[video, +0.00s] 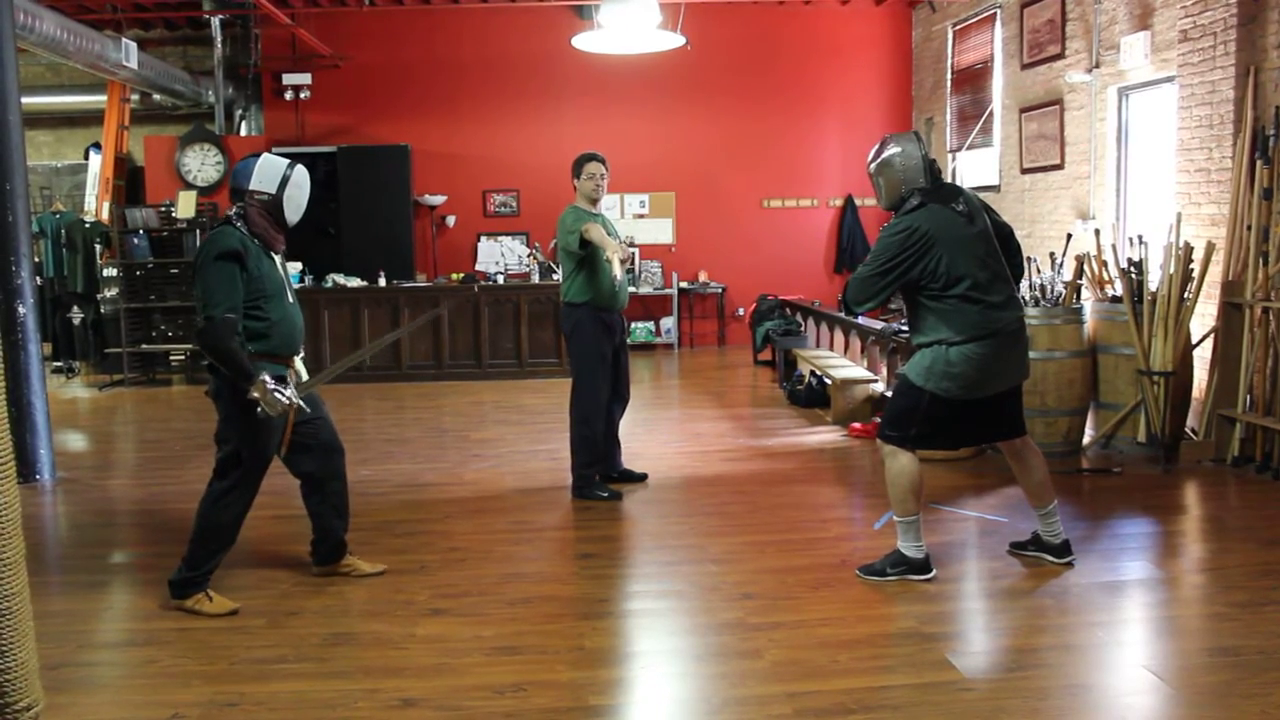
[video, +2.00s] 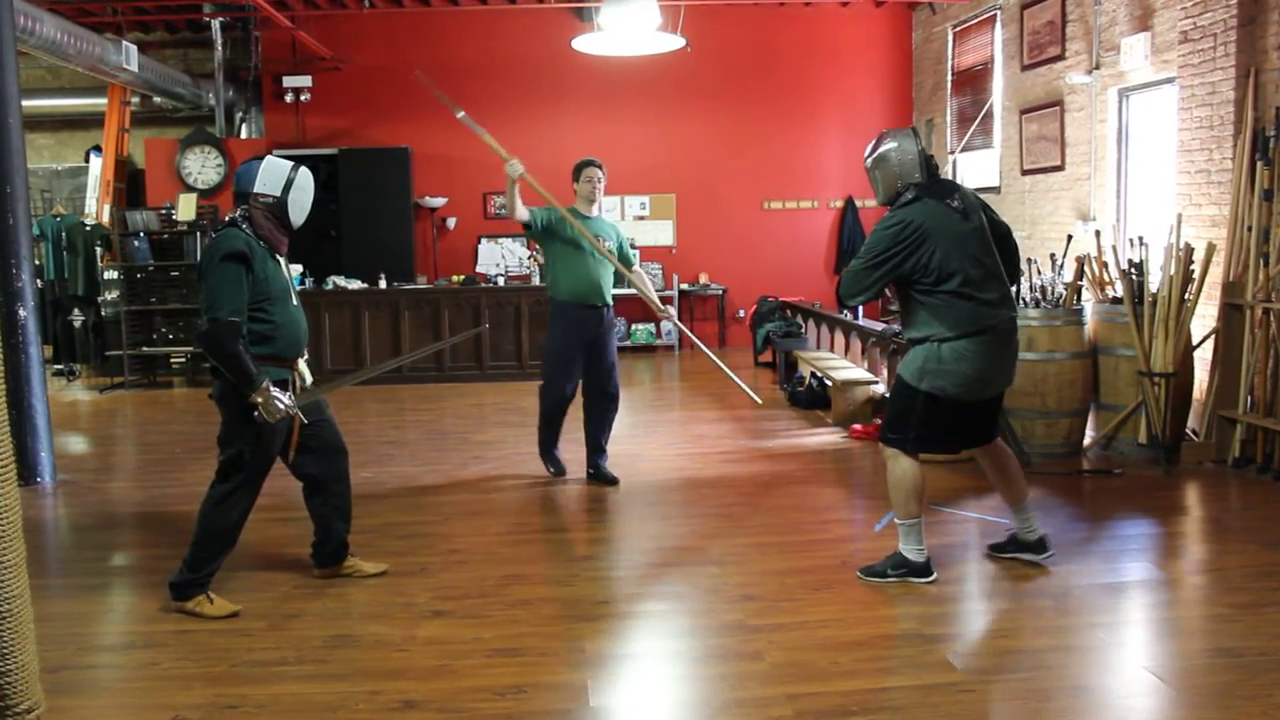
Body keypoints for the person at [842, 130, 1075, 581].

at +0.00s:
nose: (877, 191)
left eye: (878, 180)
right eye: (876, 181)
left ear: (896, 177)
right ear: (924, 171)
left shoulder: (907, 227)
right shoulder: (970, 204)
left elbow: (856, 297)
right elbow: (1013, 255)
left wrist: (884, 277)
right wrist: (994, 296)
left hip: (954, 352)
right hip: (1008, 344)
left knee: (895, 437)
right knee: (1014, 438)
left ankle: (911, 553)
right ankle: (1053, 538)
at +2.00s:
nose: (872, 183)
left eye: (874, 173)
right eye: (871, 174)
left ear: (891, 171)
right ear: (921, 164)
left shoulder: (901, 221)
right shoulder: (965, 200)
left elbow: (850, 290)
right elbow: (1008, 248)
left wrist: (887, 267)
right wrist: (997, 295)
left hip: (944, 348)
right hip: (997, 340)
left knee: (898, 443)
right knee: (985, 435)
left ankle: (912, 555)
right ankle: (1028, 533)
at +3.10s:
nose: (749, 207)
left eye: (751, 197)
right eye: (748, 197)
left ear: (768, 196)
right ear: (796, 190)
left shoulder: (773, 245)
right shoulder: (842, 216)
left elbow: (718, 301)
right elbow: (884, 244)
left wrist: (654, 326)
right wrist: (883, 293)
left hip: (846, 349)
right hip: (891, 339)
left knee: (778, 440)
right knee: (897, 435)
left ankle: (784, 558)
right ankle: (972, 510)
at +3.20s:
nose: (747, 201)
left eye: (750, 192)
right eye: (747, 192)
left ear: (766, 192)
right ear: (797, 186)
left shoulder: (781, 239)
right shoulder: (840, 213)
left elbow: (755, 314)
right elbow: (882, 258)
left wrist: (692, 328)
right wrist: (859, 296)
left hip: (837, 350)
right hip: (881, 340)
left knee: (772, 440)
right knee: (888, 430)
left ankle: (784, 556)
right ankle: (954, 508)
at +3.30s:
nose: (756, 195)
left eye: (759, 186)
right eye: (756, 186)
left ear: (774, 189)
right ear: (803, 183)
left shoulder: (789, 239)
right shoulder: (841, 212)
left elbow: (780, 318)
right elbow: (883, 252)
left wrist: (721, 321)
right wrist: (864, 297)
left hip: (837, 349)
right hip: (878, 339)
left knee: (771, 440)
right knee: (873, 429)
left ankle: (783, 556)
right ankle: (926, 509)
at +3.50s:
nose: (771, 195)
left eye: (775, 186)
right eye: (772, 186)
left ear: (788, 186)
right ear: (819, 181)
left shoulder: (789, 231)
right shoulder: (865, 211)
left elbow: (725, 259)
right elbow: (911, 256)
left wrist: (657, 254)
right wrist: (883, 292)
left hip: (840, 346)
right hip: (890, 339)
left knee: (799, 439)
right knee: (872, 426)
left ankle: (786, 551)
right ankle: (918, 510)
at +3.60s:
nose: (775, 190)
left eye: (777, 182)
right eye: (775, 182)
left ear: (787, 183)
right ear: (822, 178)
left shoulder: (781, 218)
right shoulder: (865, 210)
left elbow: (712, 232)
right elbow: (920, 256)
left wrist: (646, 230)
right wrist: (899, 300)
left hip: (840, 342)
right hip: (891, 337)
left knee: (792, 428)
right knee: (873, 428)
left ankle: (781, 537)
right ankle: (919, 509)